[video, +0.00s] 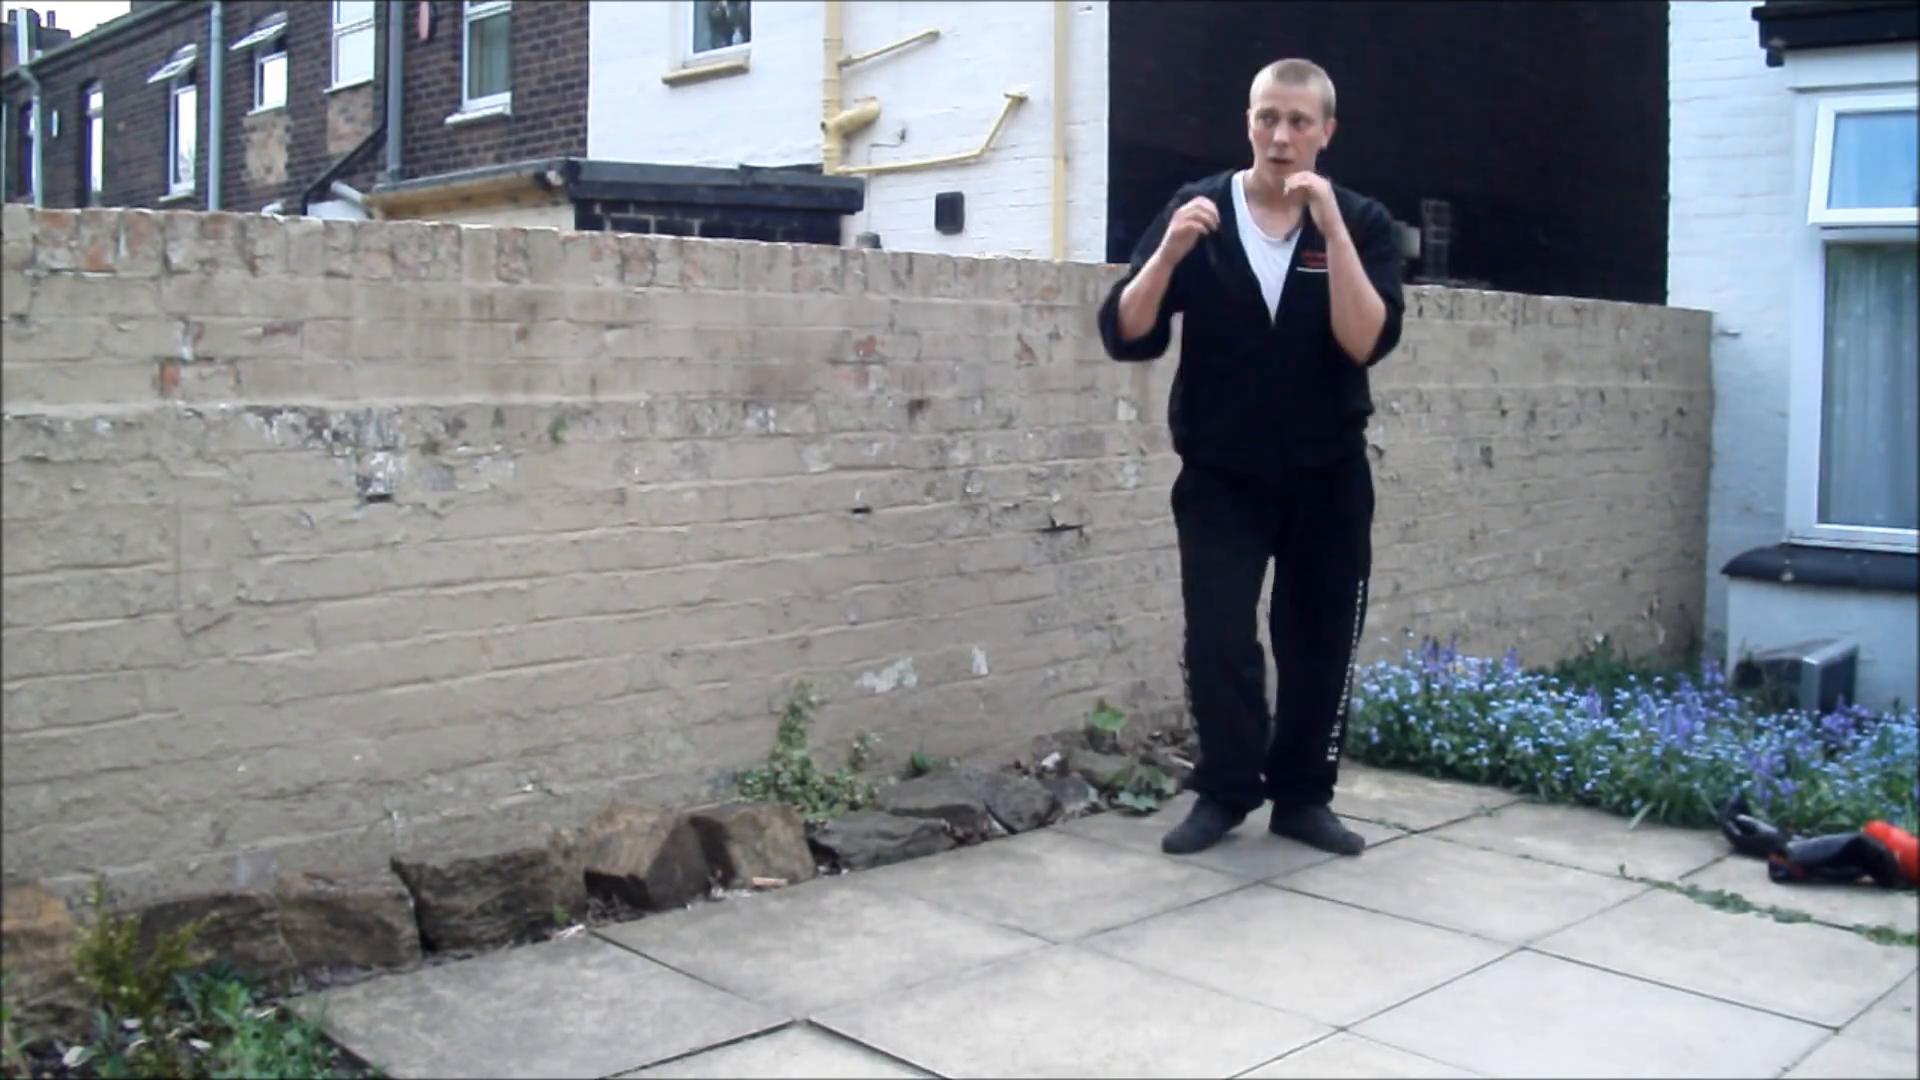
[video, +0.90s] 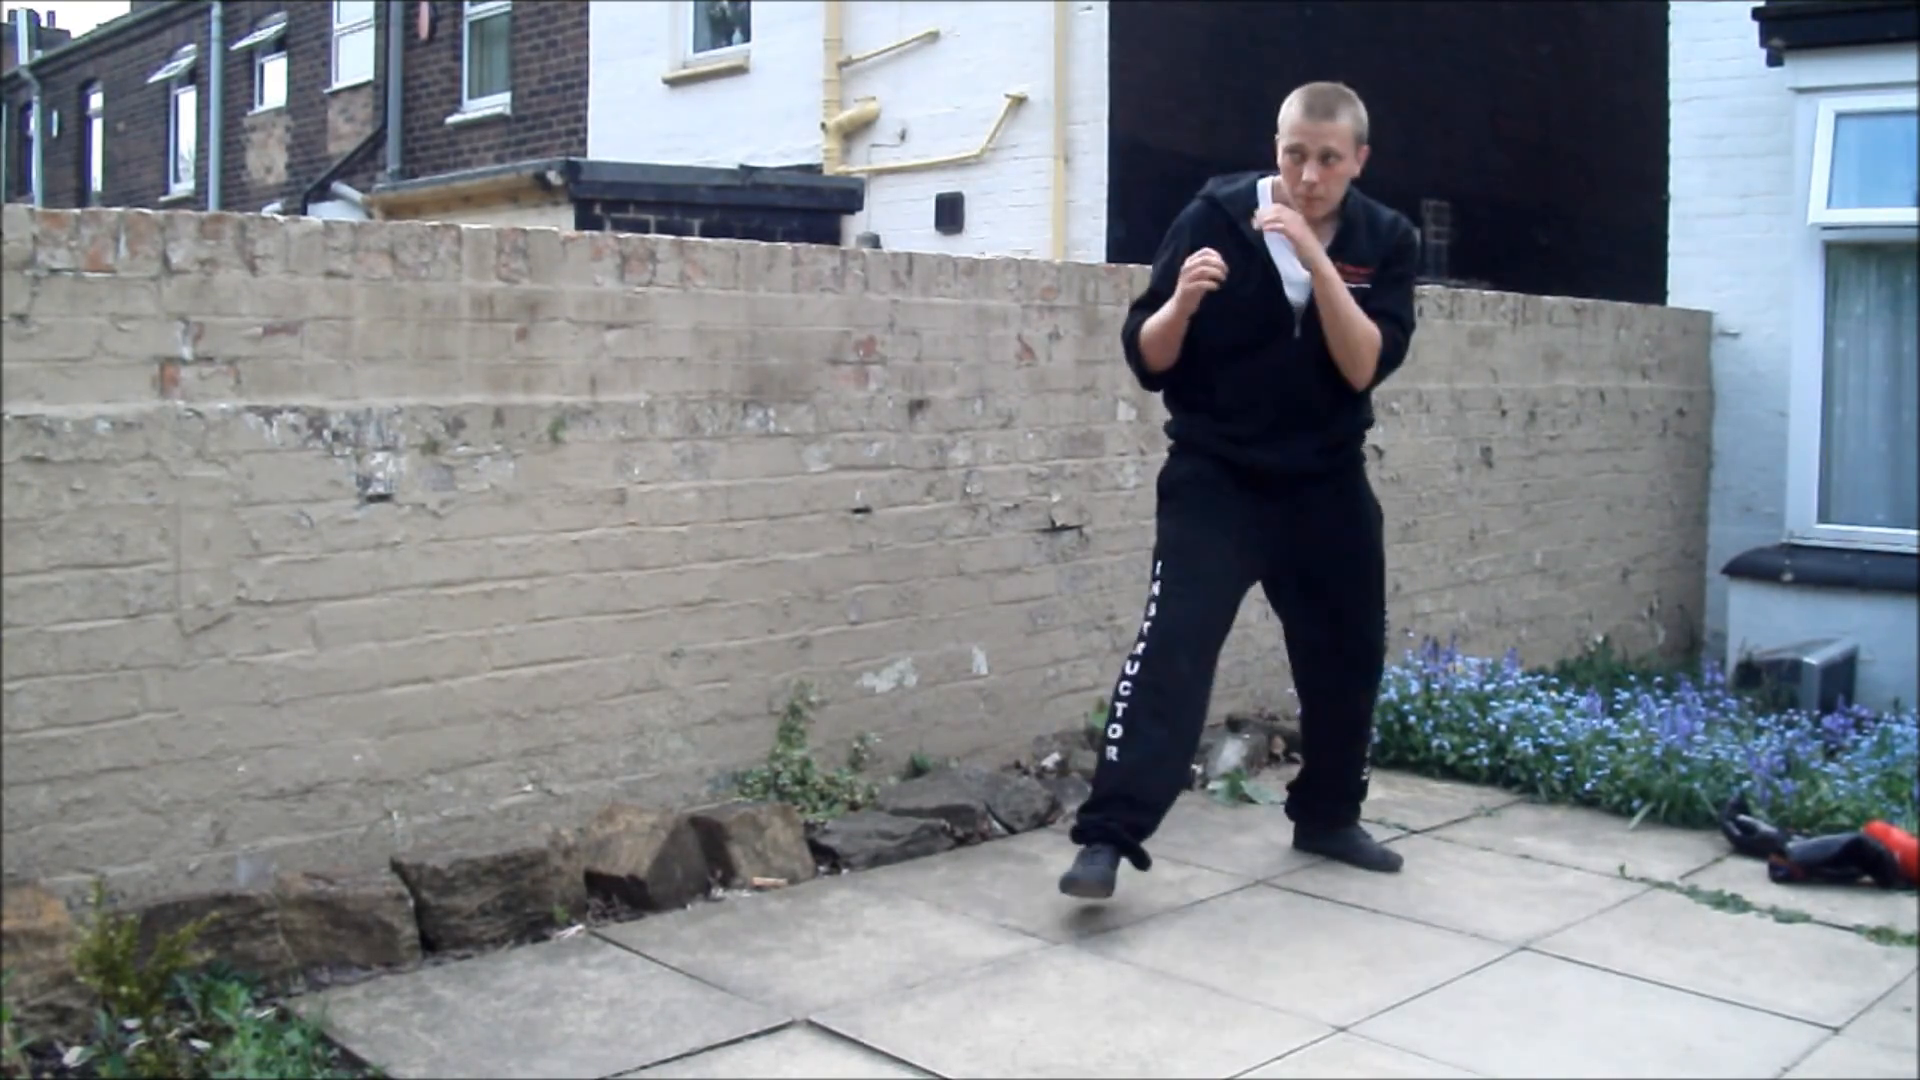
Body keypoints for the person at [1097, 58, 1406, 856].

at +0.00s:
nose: (1281, 135)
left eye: (1299, 121)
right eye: (1269, 118)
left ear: (1327, 132)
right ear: (1247, 123)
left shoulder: (1363, 224)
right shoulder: (1194, 210)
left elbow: (1366, 342)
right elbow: (1124, 336)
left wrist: (1332, 228)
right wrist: (1168, 254)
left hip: (1327, 477)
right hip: (1220, 473)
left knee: (1319, 644)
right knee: (1217, 642)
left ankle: (1303, 801)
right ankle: (1223, 794)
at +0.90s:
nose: (1308, 172)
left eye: (1327, 158)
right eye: (1295, 154)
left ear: (1359, 161)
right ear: (1275, 148)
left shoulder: (1383, 240)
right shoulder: (1218, 213)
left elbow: (1366, 368)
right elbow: (1147, 362)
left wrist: (1314, 260)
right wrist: (1182, 304)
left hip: (1326, 486)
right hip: (1212, 479)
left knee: (1347, 657)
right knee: (1172, 647)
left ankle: (1327, 817)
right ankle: (1105, 840)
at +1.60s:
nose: (1258, 111)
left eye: (1277, 95)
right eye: (1244, 94)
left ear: (1314, 105)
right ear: (1224, 101)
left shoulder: (1353, 208)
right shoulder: (1173, 187)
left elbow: (1358, 330)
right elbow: (1085, 326)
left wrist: (1294, 209)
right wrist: (1137, 255)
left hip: (1292, 488)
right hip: (1174, 481)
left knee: (1319, 666)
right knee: (1130, 666)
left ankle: (1311, 835)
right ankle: (1047, 862)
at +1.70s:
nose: (1241, 116)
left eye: (1260, 100)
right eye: (1227, 98)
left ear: (1296, 110)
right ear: (1207, 104)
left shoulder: (1337, 216)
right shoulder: (1155, 193)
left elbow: (1345, 342)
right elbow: (1032, 254)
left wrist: (1287, 214)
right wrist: (1092, 161)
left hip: (1290, 491)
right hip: (1165, 486)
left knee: (1339, 663)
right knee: (1115, 666)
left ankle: (1321, 823)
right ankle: (1041, 867)